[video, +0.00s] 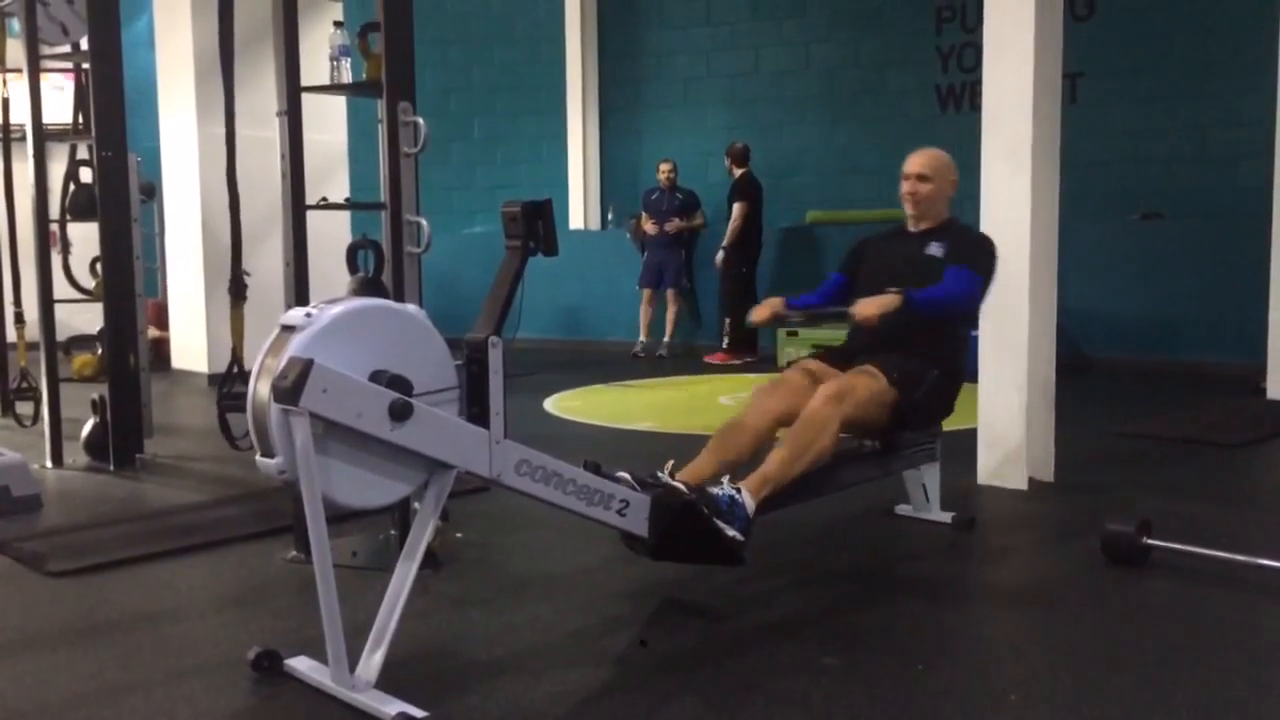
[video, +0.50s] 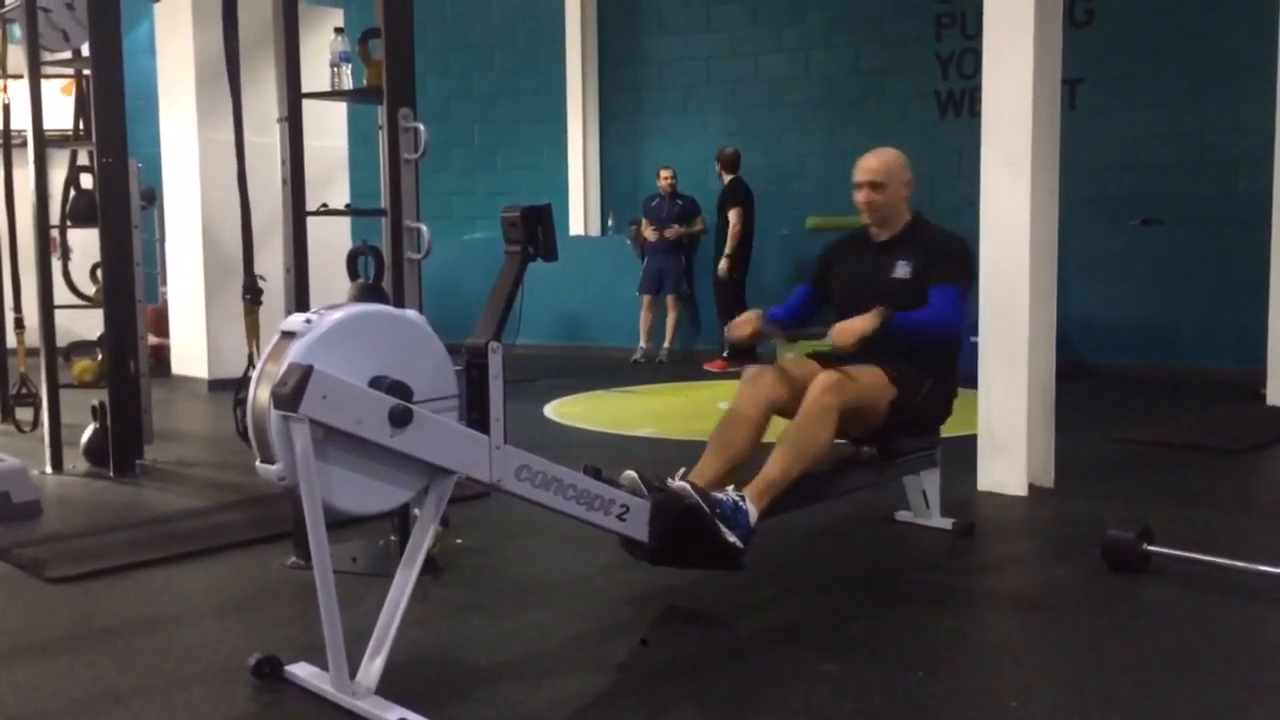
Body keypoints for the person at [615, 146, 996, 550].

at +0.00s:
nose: (910, 188)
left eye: (923, 180)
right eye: (905, 179)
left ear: (951, 188)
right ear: (900, 186)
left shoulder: (972, 244)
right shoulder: (873, 247)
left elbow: (957, 295)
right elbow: (830, 297)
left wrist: (898, 299)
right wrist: (785, 304)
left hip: (923, 364)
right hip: (858, 356)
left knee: (832, 397)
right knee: (776, 391)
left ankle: (744, 501)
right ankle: (679, 484)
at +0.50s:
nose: (864, 197)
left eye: (876, 187)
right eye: (858, 188)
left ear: (907, 188)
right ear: (852, 192)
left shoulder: (943, 248)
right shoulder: (842, 251)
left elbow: (946, 321)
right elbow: (802, 307)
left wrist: (879, 318)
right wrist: (764, 319)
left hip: (915, 379)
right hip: (845, 371)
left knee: (828, 388)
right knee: (760, 380)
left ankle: (746, 509)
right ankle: (687, 493)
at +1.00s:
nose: (759, 205)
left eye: (773, 196)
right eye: (756, 195)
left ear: (807, 206)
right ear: (751, 200)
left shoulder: (840, 258)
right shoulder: (751, 258)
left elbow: (800, 306)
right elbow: (693, 298)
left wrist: (723, 326)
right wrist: (610, 323)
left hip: (865, 410)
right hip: (793, 412)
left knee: (795, 345)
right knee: (698, 349)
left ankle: (740, 507)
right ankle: (680, 490)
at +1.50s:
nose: (941, 223)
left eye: (954, 216)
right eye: (937, 215)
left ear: (981, 223)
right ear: (930, 220)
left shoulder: (1000, 279)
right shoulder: (908, 274)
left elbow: (1028, 335)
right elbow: (866, 340)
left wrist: (966, 308)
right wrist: (841, 323)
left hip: (928, 377)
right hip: (869, 366)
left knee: (841, 426)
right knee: (801, 410)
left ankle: (749, 508)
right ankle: (688, 494)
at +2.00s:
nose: (829, 203)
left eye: (842, 191)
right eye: (823, 192)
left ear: (873, 191)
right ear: (817, 196)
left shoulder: (909, 253)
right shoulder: (812, 254)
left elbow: (902, 324)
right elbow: (761, 316)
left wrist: (830, 346)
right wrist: (716, 338)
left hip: (903, 396)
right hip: (832, 390)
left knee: (819, 380)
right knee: (738, 376)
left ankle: (746, 512)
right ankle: (687, 496)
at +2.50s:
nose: (792, 199)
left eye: (806, 190)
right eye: (789, 189)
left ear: (839, 200)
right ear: (784, 195)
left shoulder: (874, 257)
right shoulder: (781, 257)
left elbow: (830, 301)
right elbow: (717, 299)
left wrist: (765, 322)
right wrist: (651, 319)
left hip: (880, 407)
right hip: (807, 406)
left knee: (804, 359)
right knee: (714, 357)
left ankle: (742, 515)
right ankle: (683, 499)